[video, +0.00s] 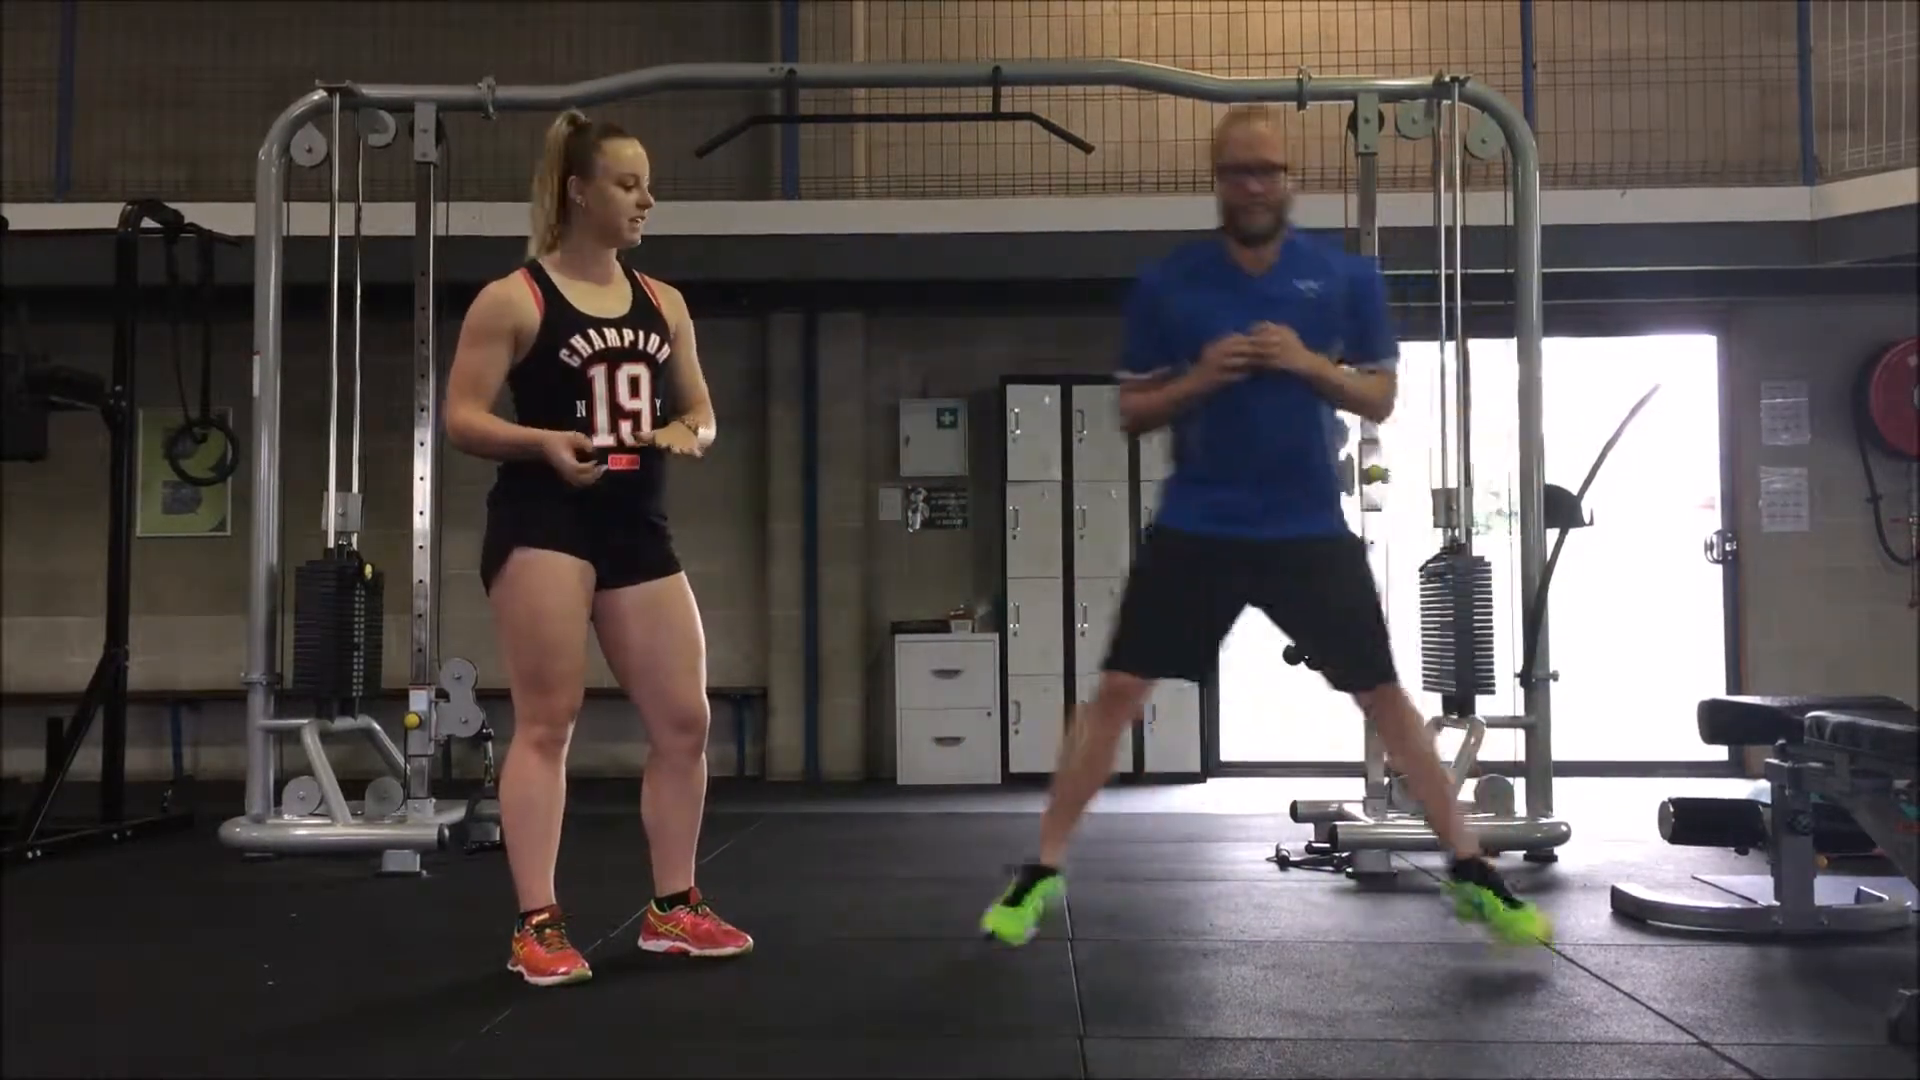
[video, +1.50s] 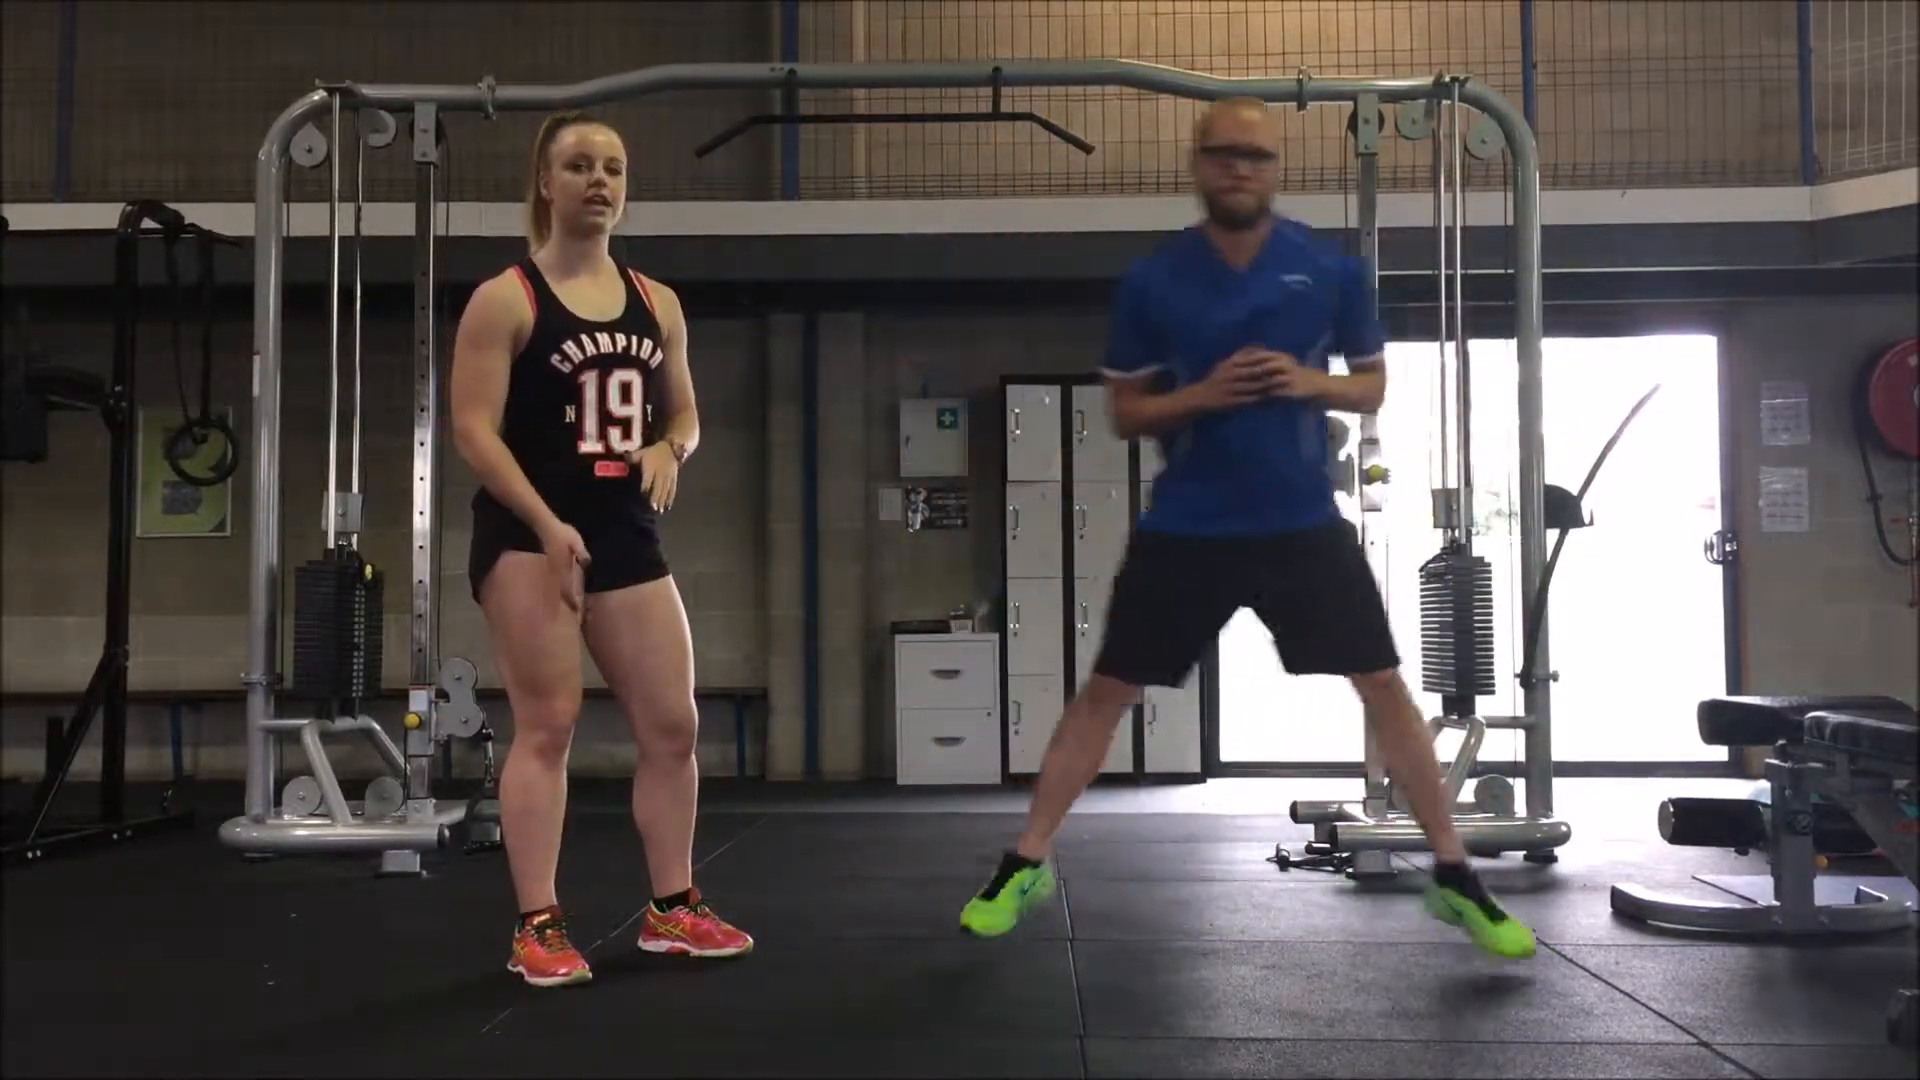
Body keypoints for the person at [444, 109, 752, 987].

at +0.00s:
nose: (644, 202)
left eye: (647, 188)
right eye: (628, 186)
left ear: (634, 199)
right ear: (576, 190)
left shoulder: (661, 301)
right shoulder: (510, 300)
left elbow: (699, 410)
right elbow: (460, 418)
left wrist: (689, 432)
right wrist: (540, 442)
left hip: (637, 530)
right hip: (544, 526)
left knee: (685, 721)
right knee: (546, 721)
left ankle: (674, 907)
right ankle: (537, 925)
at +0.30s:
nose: (641, 200)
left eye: (644, 185)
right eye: (624, 184)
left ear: (633, 194)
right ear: (570, 189)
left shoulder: (657, 303)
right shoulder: (505, 299)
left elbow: (685, 416)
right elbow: (460, 419)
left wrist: (664, 438)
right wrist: (580, 438)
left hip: (628, 527)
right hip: (535, 525)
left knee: (679, 719)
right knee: (545, 719)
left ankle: (674, 906)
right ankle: (538, 923)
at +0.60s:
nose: (640, 203)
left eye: (642, 188)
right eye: (623, 188)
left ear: (629, 196)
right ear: (571, 191)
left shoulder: (652, 304)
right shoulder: (499, 300)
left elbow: (686, 415)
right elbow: (455, 420)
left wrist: (668, 438)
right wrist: (567, 431)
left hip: (625, 530)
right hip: (531, 527)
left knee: (675, 722)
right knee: (542, 722)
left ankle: (674, 906)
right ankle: (537, 925)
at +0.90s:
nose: (632, 201)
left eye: (636, 187)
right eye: (616, 186)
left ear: (627, 193)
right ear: (562, 188)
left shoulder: (650, 305)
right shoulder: (495, 301)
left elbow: (683, 416)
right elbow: (448, 421)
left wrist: (672, 443)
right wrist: (538, 428)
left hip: (622, 532)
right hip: (528, 529)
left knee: (671, 723)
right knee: (541, 722)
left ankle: (672, 907)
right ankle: (537, 925)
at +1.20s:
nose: (601, 189)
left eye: (615, 177)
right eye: (582, 172)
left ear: (626, 193)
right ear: (543, 182)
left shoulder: (652, 303)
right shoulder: (496, 300)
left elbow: (680, 417)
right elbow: (460, 423)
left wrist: (667, 439)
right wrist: (560, 436)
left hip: (624, 531)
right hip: (528, 527)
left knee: (673, 724)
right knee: (546, 722)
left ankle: (673, 907)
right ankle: (537, 925)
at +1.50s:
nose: (598, 181)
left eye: (611, 169)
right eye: (579, 167)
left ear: (626, 188)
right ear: (542, 183)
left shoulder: (657, 303)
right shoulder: (501, 302)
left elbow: (685, 414)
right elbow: (472, 429)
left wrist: (671, 450)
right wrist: (546, 525)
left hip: (623, 527)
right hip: (527, 529)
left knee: (673, 725)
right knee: (546, 726)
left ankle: (673, 907)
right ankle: (538, 926)